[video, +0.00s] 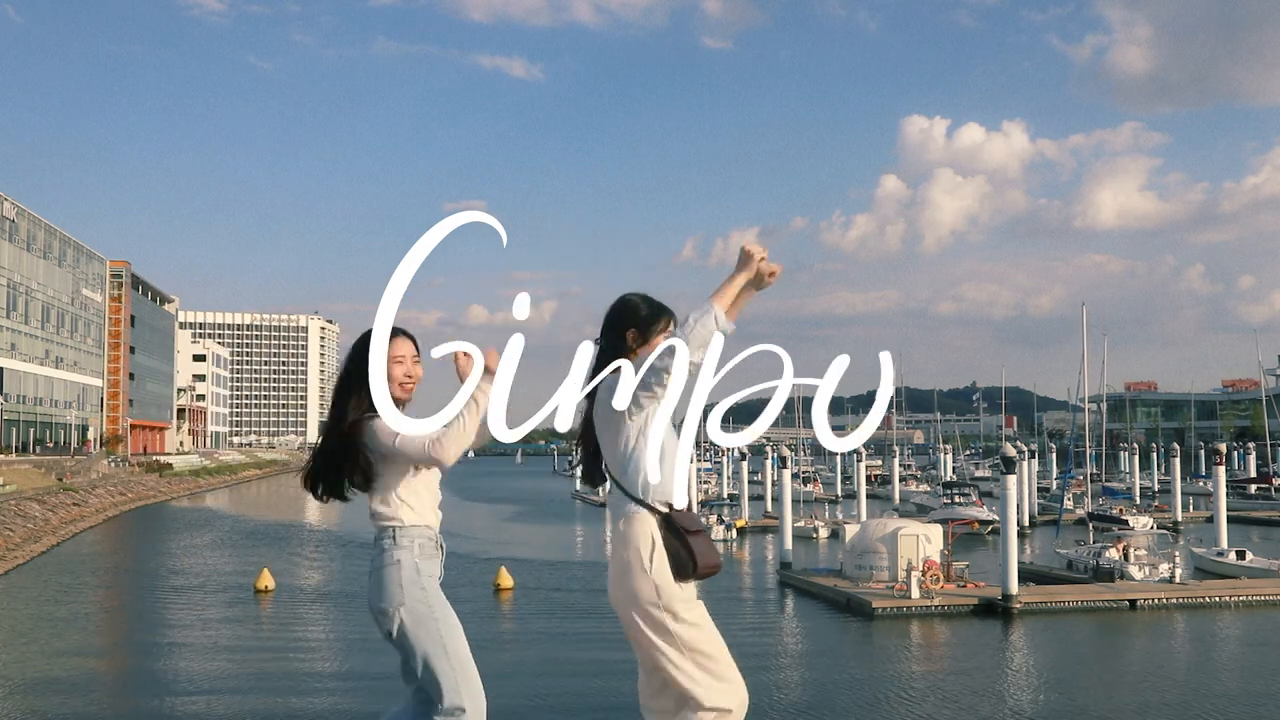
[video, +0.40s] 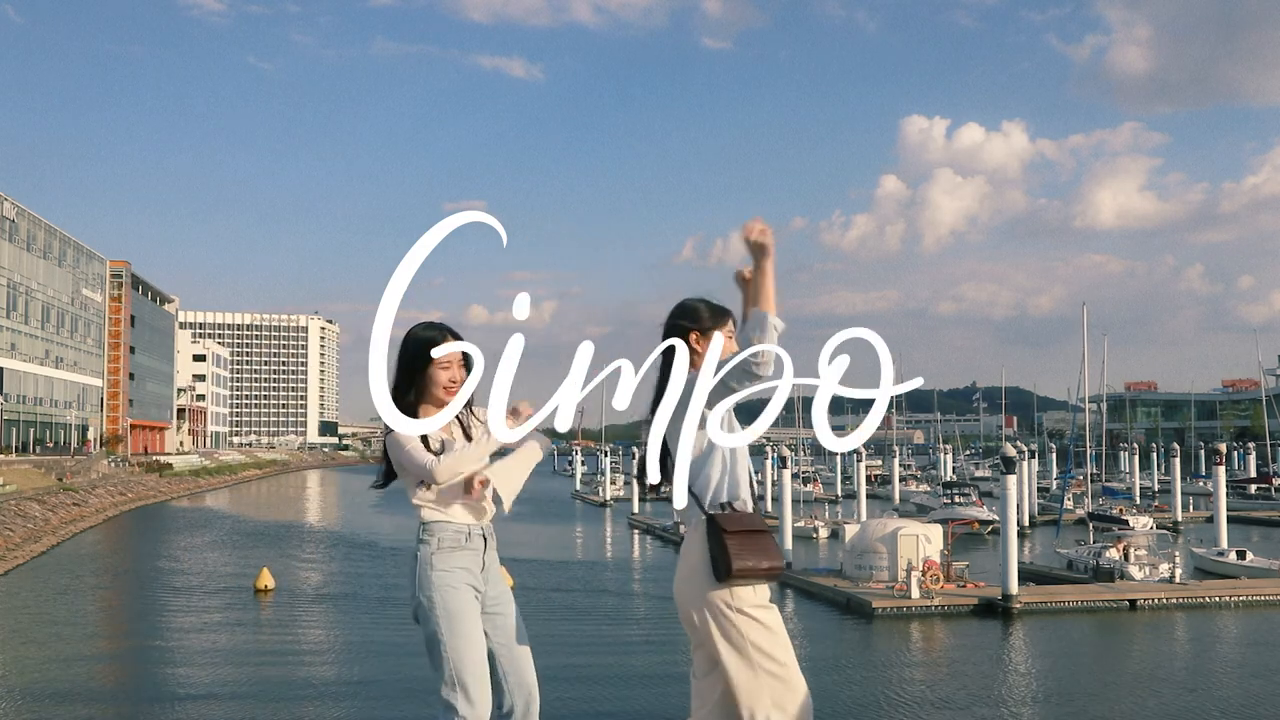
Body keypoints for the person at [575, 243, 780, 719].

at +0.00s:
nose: (673, 347)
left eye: (673, 336)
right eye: (665, 336)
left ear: (636, 341)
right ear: (633, 340)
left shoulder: (640, 392)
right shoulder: (621, 390)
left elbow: (699, 342)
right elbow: (684, 344)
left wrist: (750, 287)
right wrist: (740, 274)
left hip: (655, 549)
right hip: (643, 551)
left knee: (663, 697)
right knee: (723, 695)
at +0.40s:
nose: (736, 344)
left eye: (735, 335)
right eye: (729, 335)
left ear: (688, 342)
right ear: (699, 340)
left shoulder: (682, 397)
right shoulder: (701, 392)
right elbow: (761, 354)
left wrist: (748, 291)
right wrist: (765, 260)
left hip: (700, 561)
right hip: (723, 562)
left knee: (712, 704)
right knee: (783, 699)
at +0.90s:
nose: (806, 330)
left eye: (805, 321)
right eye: (800, 320)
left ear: (764, 326)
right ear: (768, 324)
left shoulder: (779, 375)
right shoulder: (767, 368)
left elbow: (826, 342)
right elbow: (859, 331)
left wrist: (826, 286)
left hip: (795, 535)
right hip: (785, 536)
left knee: (864, 678)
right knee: (798, 692)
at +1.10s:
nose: (841, 319)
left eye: (842, 309)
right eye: (835, 308)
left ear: (798, 310)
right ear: (803, 308)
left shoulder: (798, 365)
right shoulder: (799, 361)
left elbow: (844, 327)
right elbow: (864, 325)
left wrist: (882, 261)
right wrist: (900, 256)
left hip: (845, 534)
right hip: (823, 538)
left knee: (888, 689)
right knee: (807, 687)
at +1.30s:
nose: (876, 346)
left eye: (876, 335)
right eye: (869, 334)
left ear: (827, 343)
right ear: (844, 338)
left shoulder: (844, 398)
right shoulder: (835, 397)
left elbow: (910, 361)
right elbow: (907, 359)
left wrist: (873, 290)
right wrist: (873, 290)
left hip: (864, 560)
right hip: (848, 561)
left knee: (918, 695)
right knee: (867, 699)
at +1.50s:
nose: (896, 333)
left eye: (895, 322)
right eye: (888, 321)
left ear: (848, 322)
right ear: (852, 322)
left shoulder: (851, 372)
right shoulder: (858, 370)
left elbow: (918, 361)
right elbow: (948, 385)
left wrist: (962, 303)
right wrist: (974, 303)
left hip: (873, 530)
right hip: (875, 531)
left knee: (898, 690)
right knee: (904, 694)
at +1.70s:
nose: (909, 339)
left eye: (912, 330)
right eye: (899, 328)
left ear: (914, 335)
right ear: (868, 332)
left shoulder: (862, 395)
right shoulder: (870, 397)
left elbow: (911, 480)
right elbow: (920, 488)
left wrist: (964, 448)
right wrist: (957, 441)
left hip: (874, 551)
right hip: (886, 552)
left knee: (918, 689)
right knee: (971, 694)